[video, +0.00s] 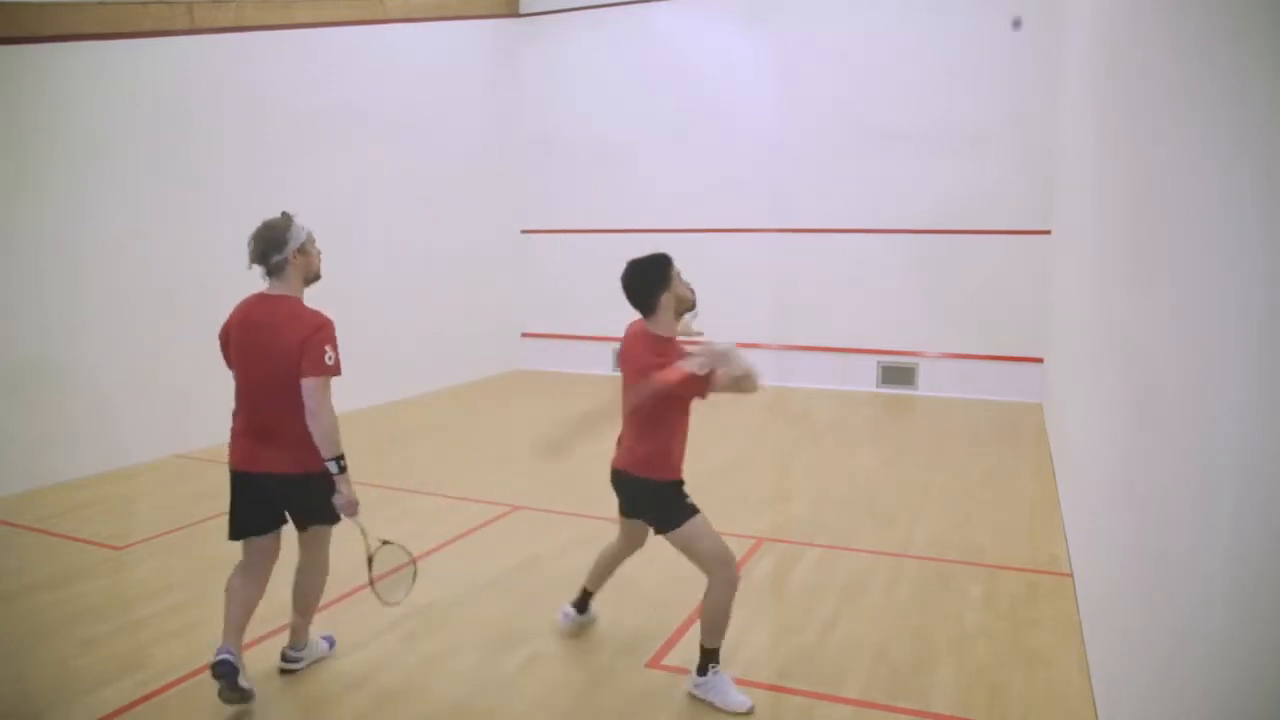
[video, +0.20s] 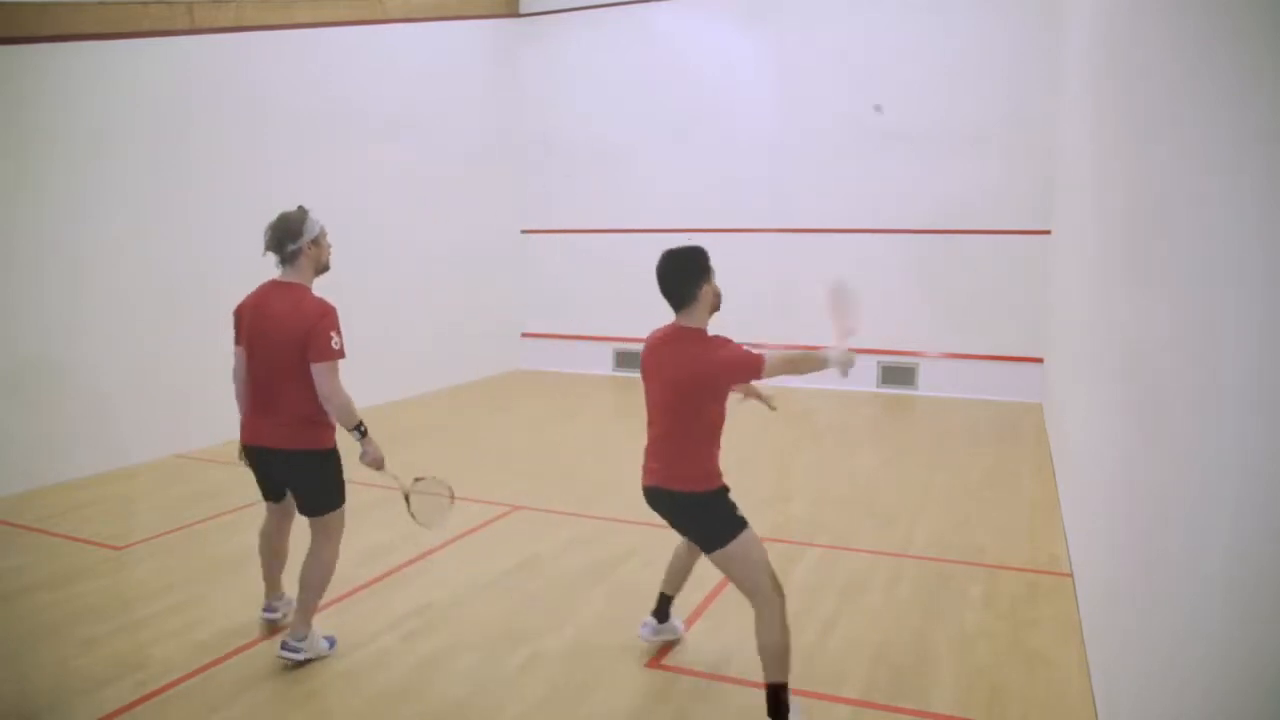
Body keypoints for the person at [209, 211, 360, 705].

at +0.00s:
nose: (319, 255)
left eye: (315, 247)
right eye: (313, 249)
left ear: (269, 262)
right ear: (295, 258)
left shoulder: (240, 316)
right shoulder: (313, 325)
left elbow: (238, 369)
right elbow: (317, 407)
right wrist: (340, 475)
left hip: (250, 467)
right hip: (304, 467)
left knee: (257, 555)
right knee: (314, 549)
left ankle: (228, 652)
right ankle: (298, 645)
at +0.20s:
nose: (330, 247)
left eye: (327, 240)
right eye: (324, 241)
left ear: (286, 252)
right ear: (307, 250)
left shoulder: (249, 306)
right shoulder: (319, 312)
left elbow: (241, 378)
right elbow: (328, 389)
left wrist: (249, 433)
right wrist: (364, 436)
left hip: (259, 444)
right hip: (308, 448)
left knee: (279, 511)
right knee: (327, 532)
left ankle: (273, 599)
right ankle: (300, 634)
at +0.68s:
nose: (306, 259)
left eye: (301, 253)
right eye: (304, 253)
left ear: (264, 263)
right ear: (298, 259)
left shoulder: (235, 306)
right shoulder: (315, 314)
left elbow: (202, 359)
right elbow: (341, 382)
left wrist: (202, 415)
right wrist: (356, 412)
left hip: (245, 432)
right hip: (296, 431)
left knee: (265, 494)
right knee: (335, 512)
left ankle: (261, 586)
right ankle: (350, 608)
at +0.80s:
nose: (277, 240)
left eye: (273, 235)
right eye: (275, 236)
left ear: (234, 246)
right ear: (272, 242)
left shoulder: (209, 290)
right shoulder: (295, 292)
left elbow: (185, 348)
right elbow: (323, 358)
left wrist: (180, 399)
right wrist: (319, 383)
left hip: (230, 415)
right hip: (282, 412)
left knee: (243, 487)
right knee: (298, 493)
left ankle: (252, 574)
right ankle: (298, 586)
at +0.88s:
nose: (261, 242)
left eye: (256, 236)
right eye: (259, 237)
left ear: (219, 247)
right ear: (256, 243)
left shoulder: (201, 290)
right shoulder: (282, 291)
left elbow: (175, 353)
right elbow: (296, 350)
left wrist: (168, 392)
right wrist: (266, 371)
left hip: (221, 414)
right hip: (274, 411)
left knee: (223, 484)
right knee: (278, 495)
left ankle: (234, 564)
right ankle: (283, 583)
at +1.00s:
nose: (238, 254)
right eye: (236, 250)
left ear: (199, 261)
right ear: (235, 257)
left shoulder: (190, 309)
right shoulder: (256, 303)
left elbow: (164, 361)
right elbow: (241, 344)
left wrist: (148, 373)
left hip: (209, 424)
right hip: (260, 421)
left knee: (193, 490)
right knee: (266, 499)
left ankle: (181, 552)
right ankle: (280, 580)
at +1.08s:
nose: (223, 266)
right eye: (222, 261)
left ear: (186, 270)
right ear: (220, 267)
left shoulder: (177, 318)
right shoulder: (237, 310)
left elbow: (156, 363)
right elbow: (189, 338)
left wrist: (143, 360)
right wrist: (145, 320)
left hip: (197, 432)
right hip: (247, 428)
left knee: (176, 496)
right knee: (254, 500)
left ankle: (161, 554)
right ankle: (276, 568)